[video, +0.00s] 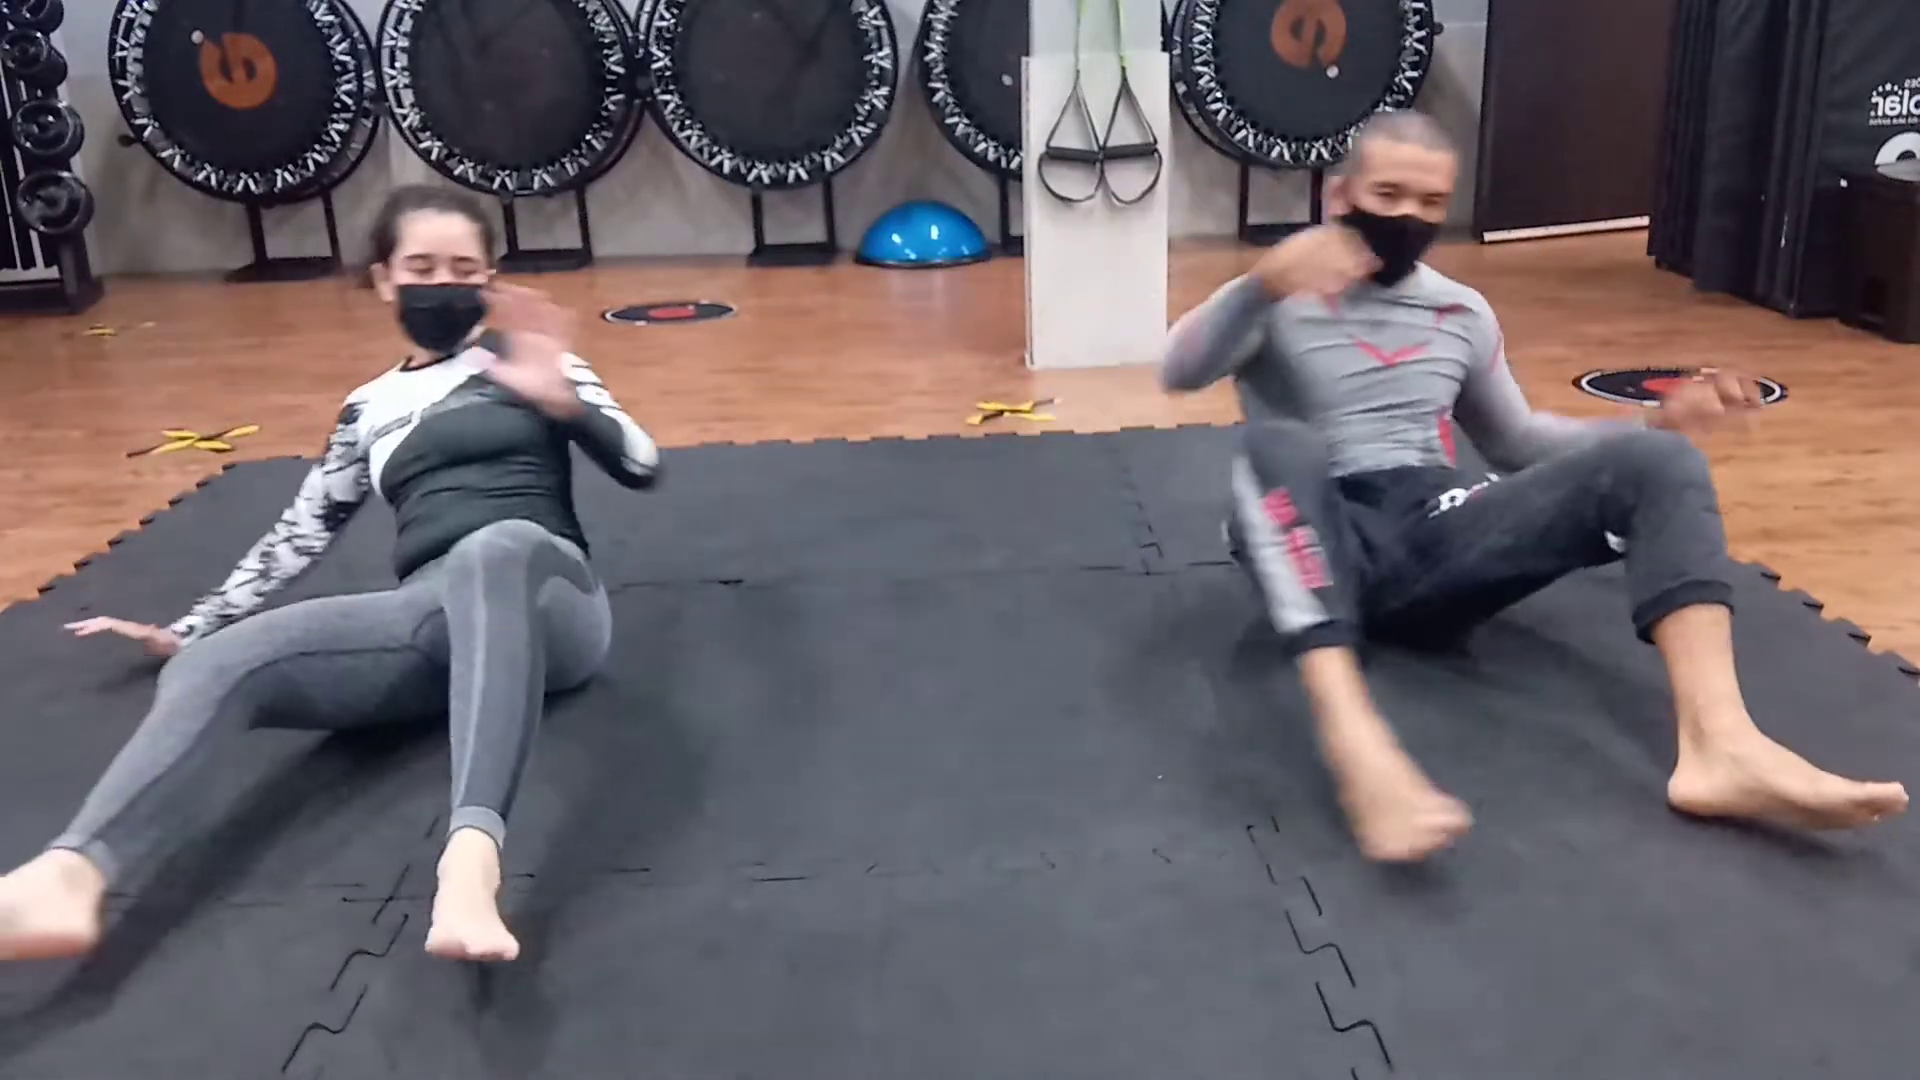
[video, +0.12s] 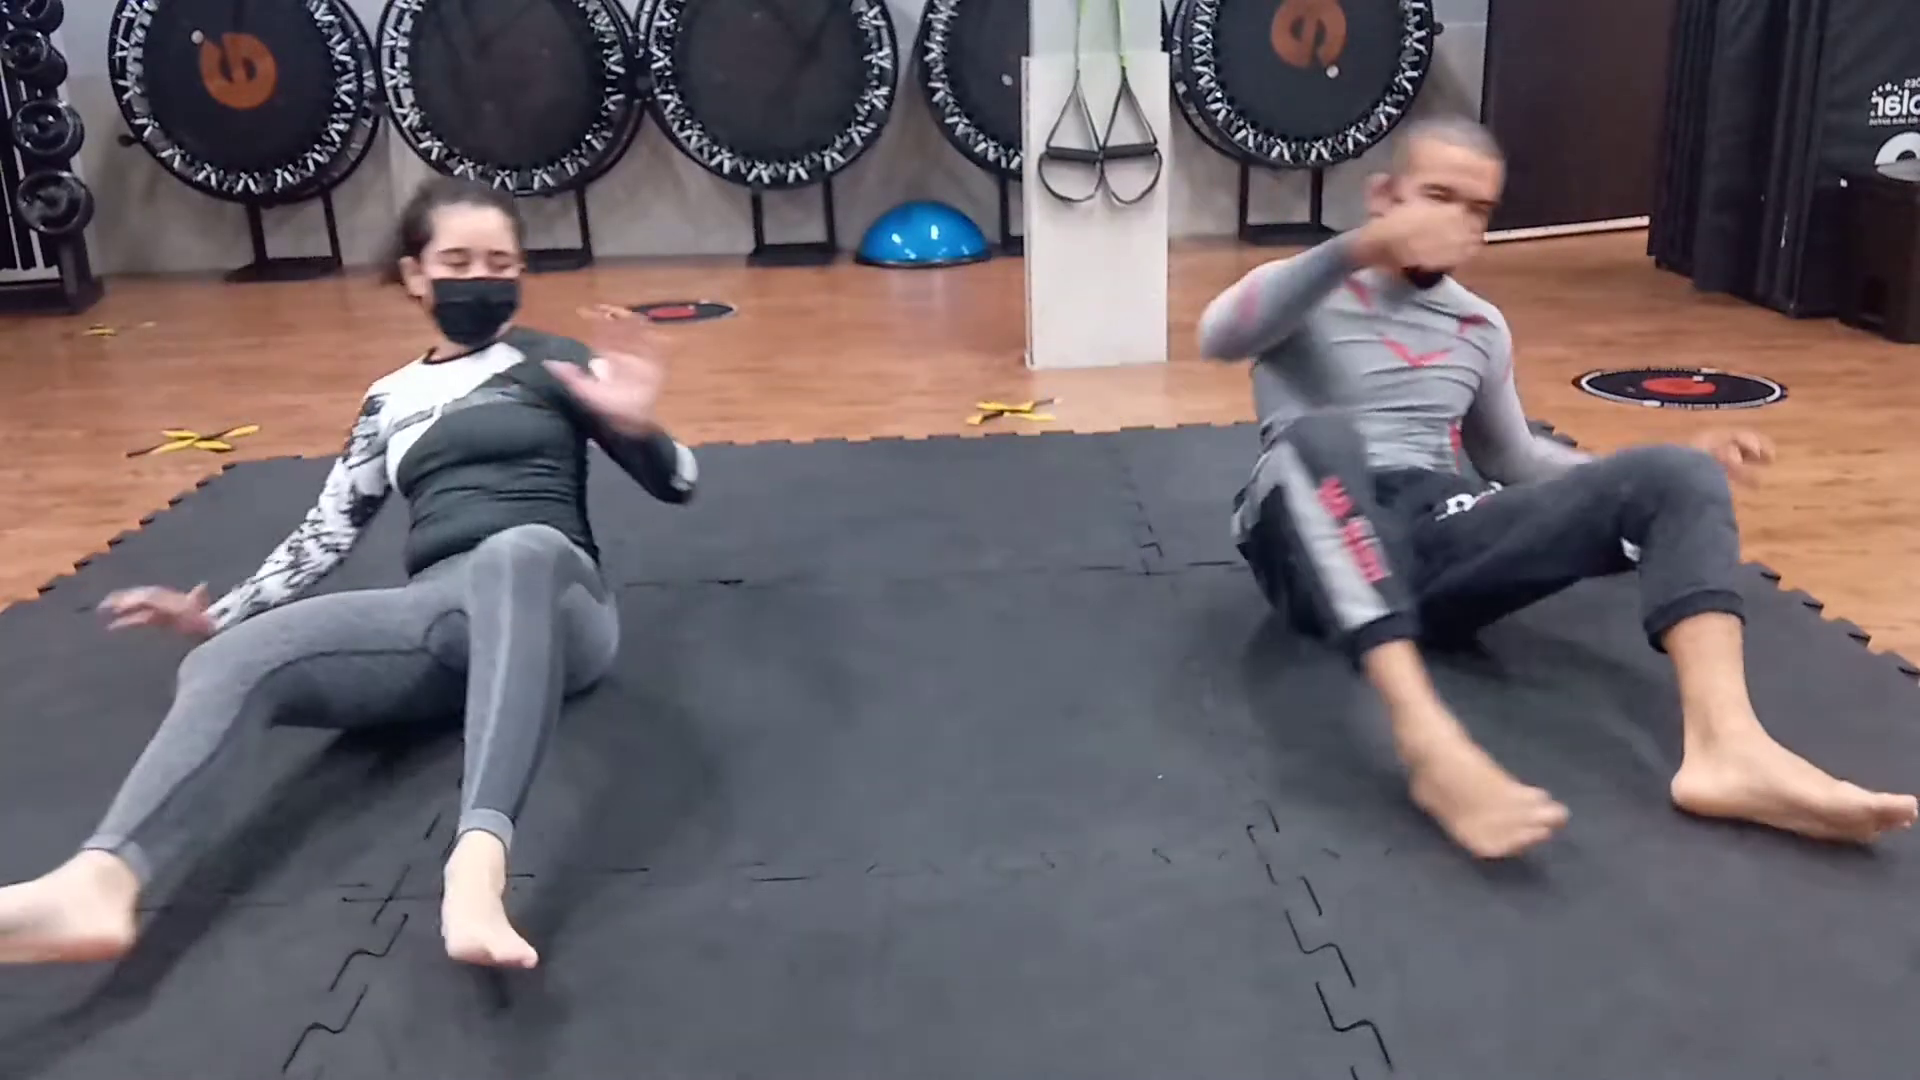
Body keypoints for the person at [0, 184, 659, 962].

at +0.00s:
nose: (443, 281)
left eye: (462, 266)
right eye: (422, 265)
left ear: (491, 277)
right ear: (385, 279)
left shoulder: (541, 365)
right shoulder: (373, 407)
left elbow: (643, 465)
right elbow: (298, 535)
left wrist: (570, 404)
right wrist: (187, 631)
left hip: (549, 601)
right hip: (426, 611)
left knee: (495, 547)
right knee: (219, 653)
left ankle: (473, 852)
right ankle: (72, 874)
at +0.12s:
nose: (479, 277)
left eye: (498, 262)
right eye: (455, 262)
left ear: (523, 273)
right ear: (414, 277)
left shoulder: (565, 367)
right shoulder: (393, 398)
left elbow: (678, 485)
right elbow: (322, 535)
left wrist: (642, 432)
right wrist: (219, 610)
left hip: (553, 599)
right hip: (434, 609)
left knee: (520, 550)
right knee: (231, 653)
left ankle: (481, 857)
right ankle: (104, 877)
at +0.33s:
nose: (554, 273)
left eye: (571, 259)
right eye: (531, 253)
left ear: (588, 273)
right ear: (477, 266)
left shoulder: (608, 370)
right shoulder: (422, 377)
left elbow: (706, 501)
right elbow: (353, 501)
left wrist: (744, 457)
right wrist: (313, 519)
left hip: (559, 592)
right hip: (442, 598)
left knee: (572, 563)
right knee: (272, 627)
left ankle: (492, 874)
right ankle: (189, 859)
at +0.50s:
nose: (626, 281)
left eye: (637, 268)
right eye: (607, 259)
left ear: (643, 283)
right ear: (537, 263)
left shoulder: (646, 381)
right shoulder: (455, 358)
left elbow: (710, 517)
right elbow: (358, 488)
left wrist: (801, 495)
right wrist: (402, 470)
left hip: (588, 587)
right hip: (470, 587)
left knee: (643, 588)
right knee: (349, 582)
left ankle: (503, 873)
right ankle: (314, 832)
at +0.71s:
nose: (695, 311)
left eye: (699, 294)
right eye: (681, 288)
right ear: (611, 280)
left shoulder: (662, 402)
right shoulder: (511, 345)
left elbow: (645, 539)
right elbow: (471, 432)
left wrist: (753, 561)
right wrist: (614, 427)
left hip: (622, 597)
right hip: (518, 574)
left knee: (726, 623)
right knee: (472, 508)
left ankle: (532, 862)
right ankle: (458, 760)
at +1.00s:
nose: (742, 349)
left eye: (746, 336)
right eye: (735, 326)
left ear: (679, 314)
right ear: (677, 306)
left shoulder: (659, 408)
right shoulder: (575, 334)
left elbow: (622, 570)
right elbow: (650, 415)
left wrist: (749, 576)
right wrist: (796, 426)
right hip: (512, 599)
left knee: (819, 650)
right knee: (642, 423)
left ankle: (557, 800)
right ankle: (619, 702)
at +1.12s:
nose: (743, 357)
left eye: (748, 344)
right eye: (740, 333)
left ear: (683, 314)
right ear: (685, 307)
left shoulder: (659, 412)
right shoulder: (592, 326)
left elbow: (623, 566)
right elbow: (662, 401)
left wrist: (753, 573)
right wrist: (830, 431)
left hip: (607, 653)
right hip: (526, 589)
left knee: (843, 647)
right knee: (710, 427)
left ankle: (600, 796)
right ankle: (671, 703)